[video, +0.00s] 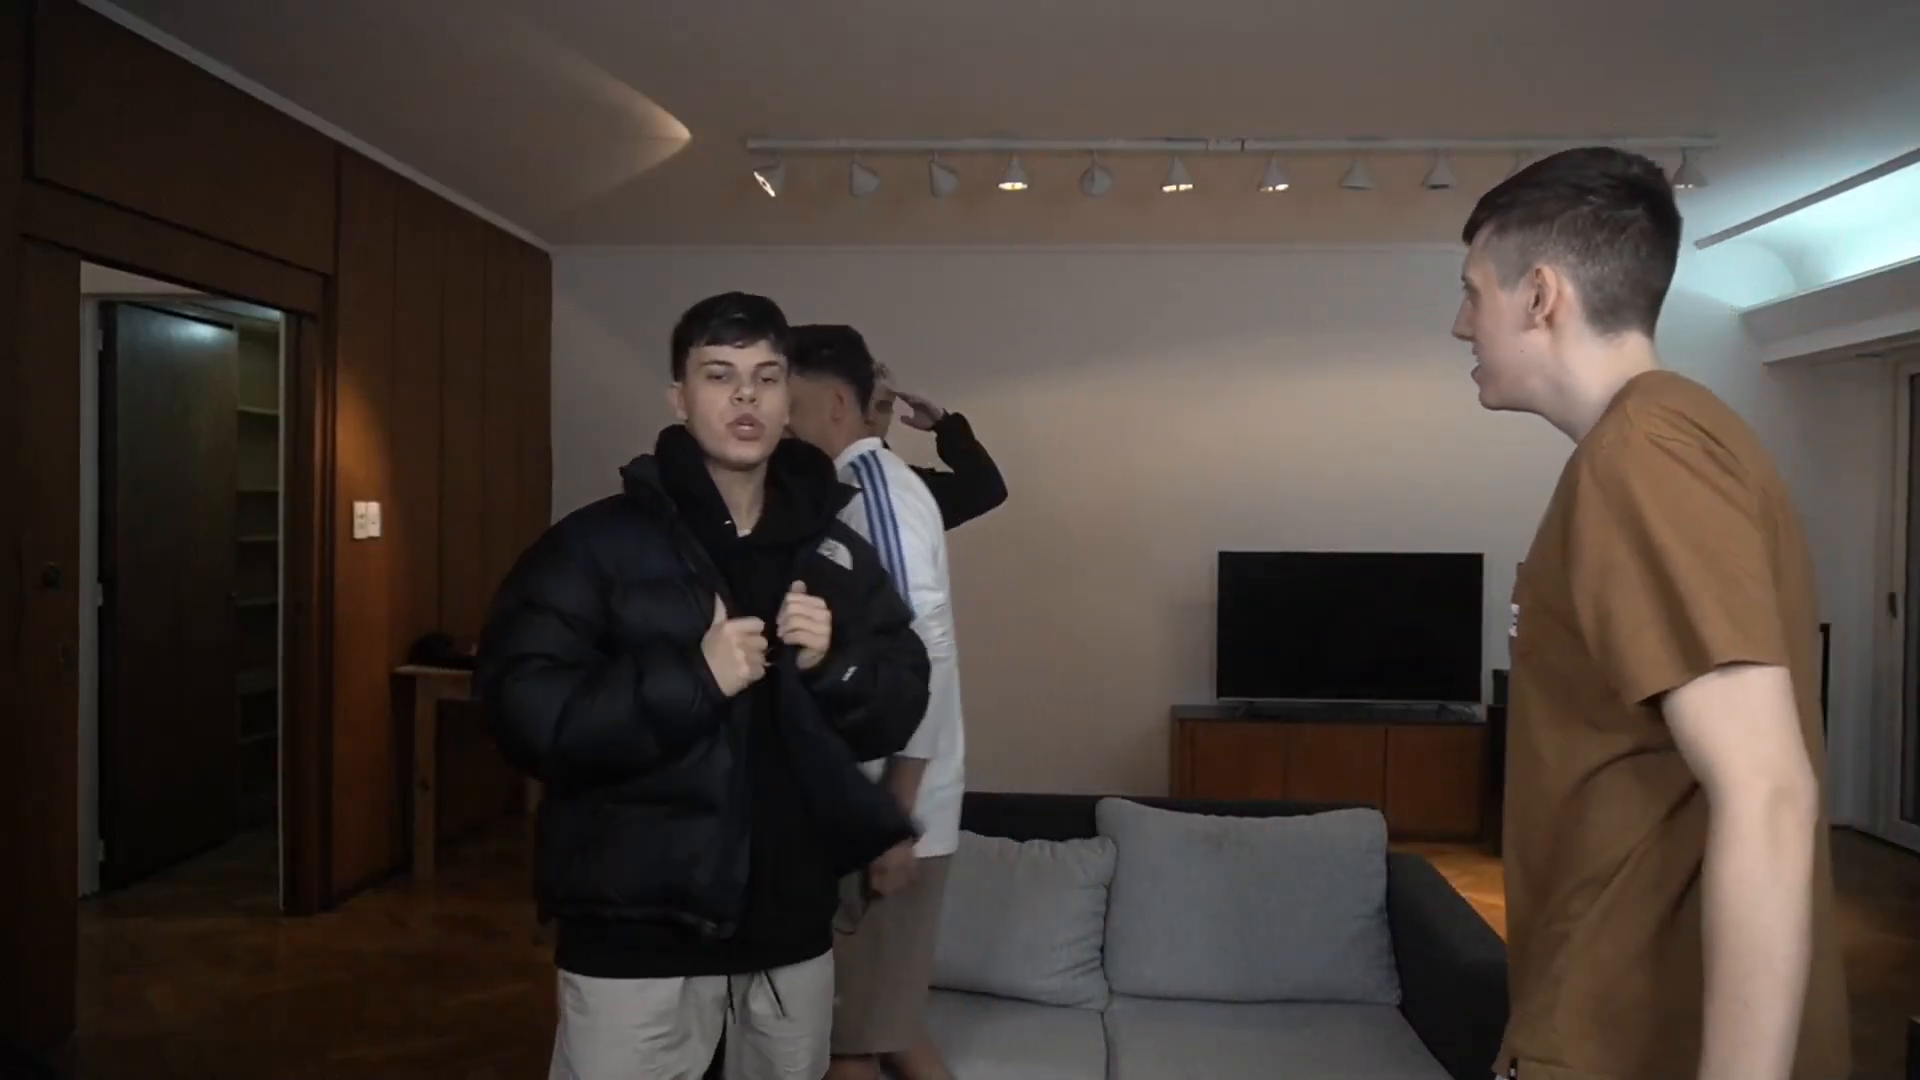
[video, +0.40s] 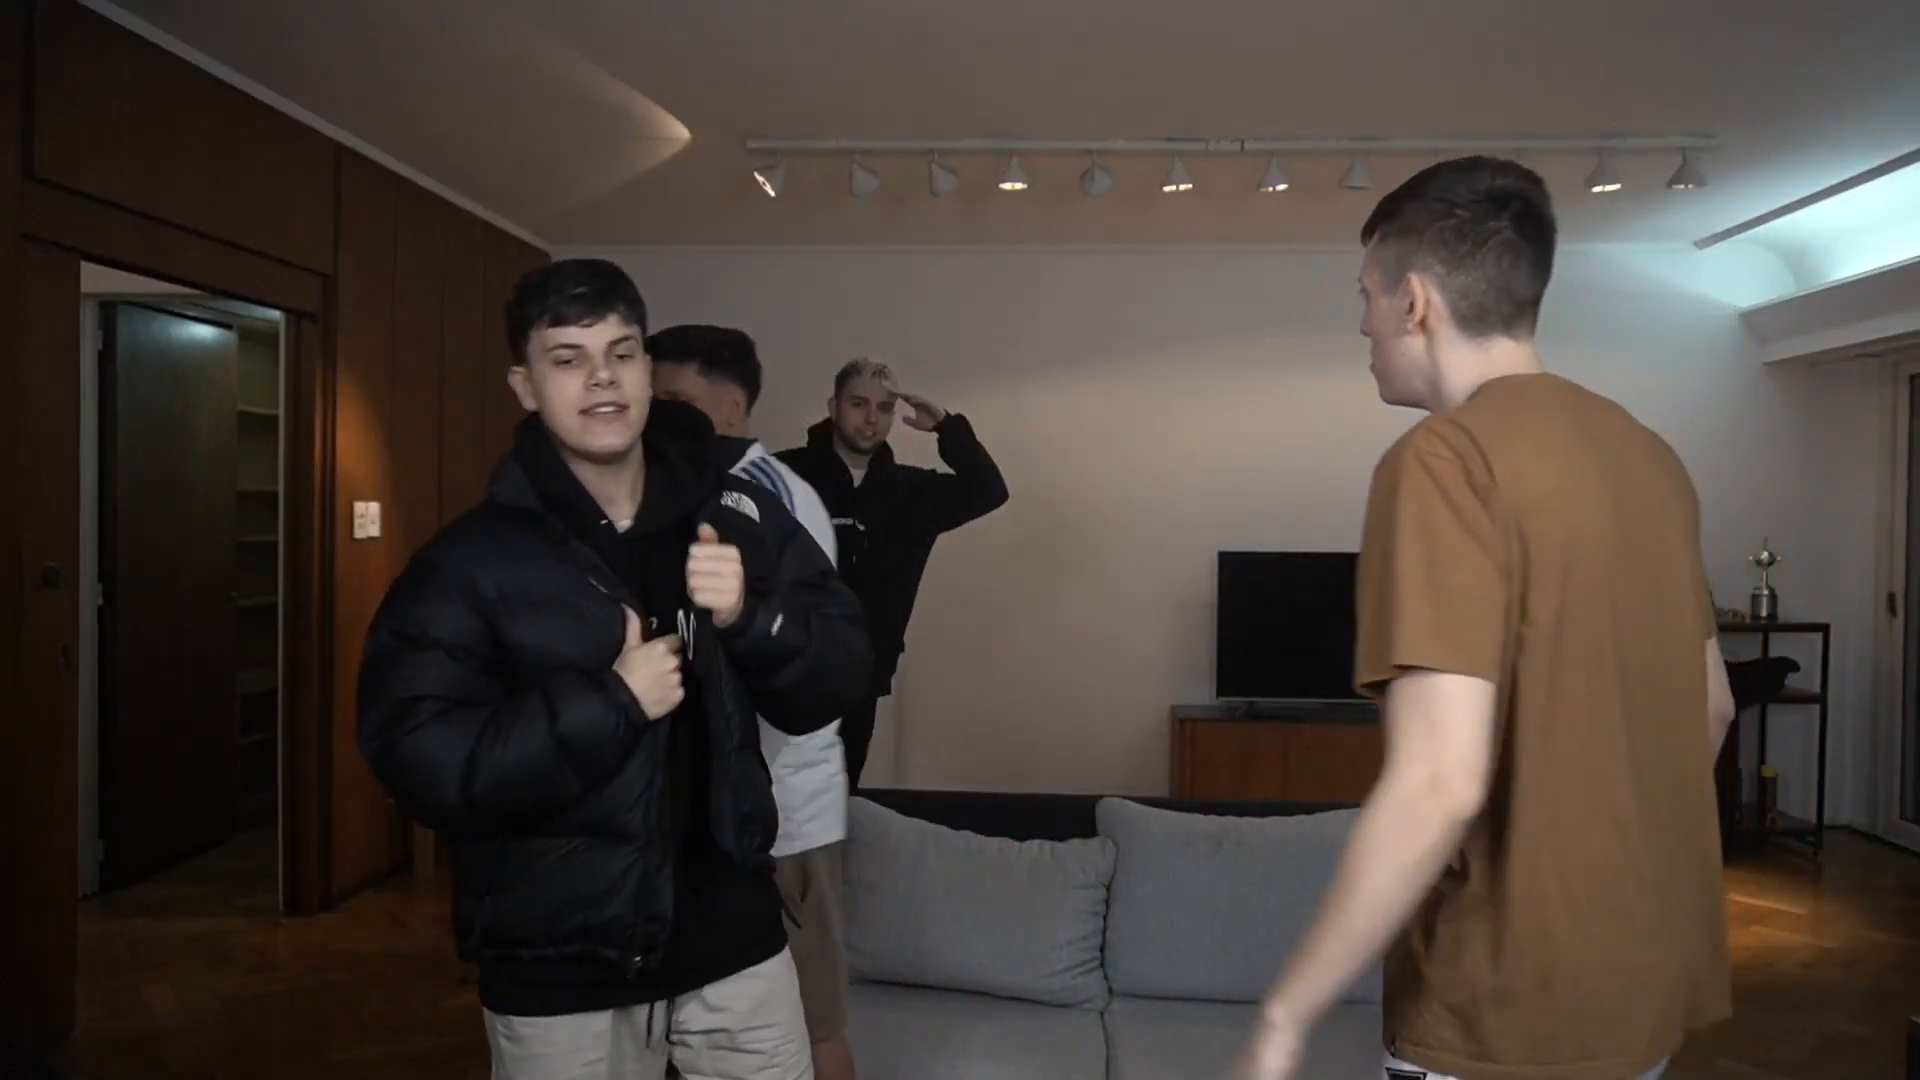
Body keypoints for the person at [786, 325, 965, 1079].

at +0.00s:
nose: (781, 412)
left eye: (793, 394)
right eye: (782, 395)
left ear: (838, 399)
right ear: (846, 401)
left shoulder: (880, 480)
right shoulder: (846, 482)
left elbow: (924, 644)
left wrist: (899, 810)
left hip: (894, 808)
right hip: (872, 800)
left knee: (862, 1037)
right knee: (891, 1027)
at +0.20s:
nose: (721, 416)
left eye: (735, 398)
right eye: (716, 400)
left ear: (794, 398)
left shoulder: (827, 482)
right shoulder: (776, 483)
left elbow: (853, 653)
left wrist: (795, 791)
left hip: (839, 816)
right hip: (796, 809)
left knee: (831, 1028)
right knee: (798, 1026)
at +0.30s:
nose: (695, 417)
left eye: (709, 400)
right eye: (689, 401)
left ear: (769, 399)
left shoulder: (788, 490)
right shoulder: (802, 475)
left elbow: (829, 644)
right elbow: (825, 635)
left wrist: (780, 749)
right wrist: (764, 733)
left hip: (805, 794)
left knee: (819, 1024)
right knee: (818, 1017)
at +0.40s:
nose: (669, 416)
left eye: (685, 400)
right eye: (660, 399)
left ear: (738, 406)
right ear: (646, 396)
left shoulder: (781, 493)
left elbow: (814, 650)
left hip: (785, 791)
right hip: (689, 786)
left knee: (811, 1018)